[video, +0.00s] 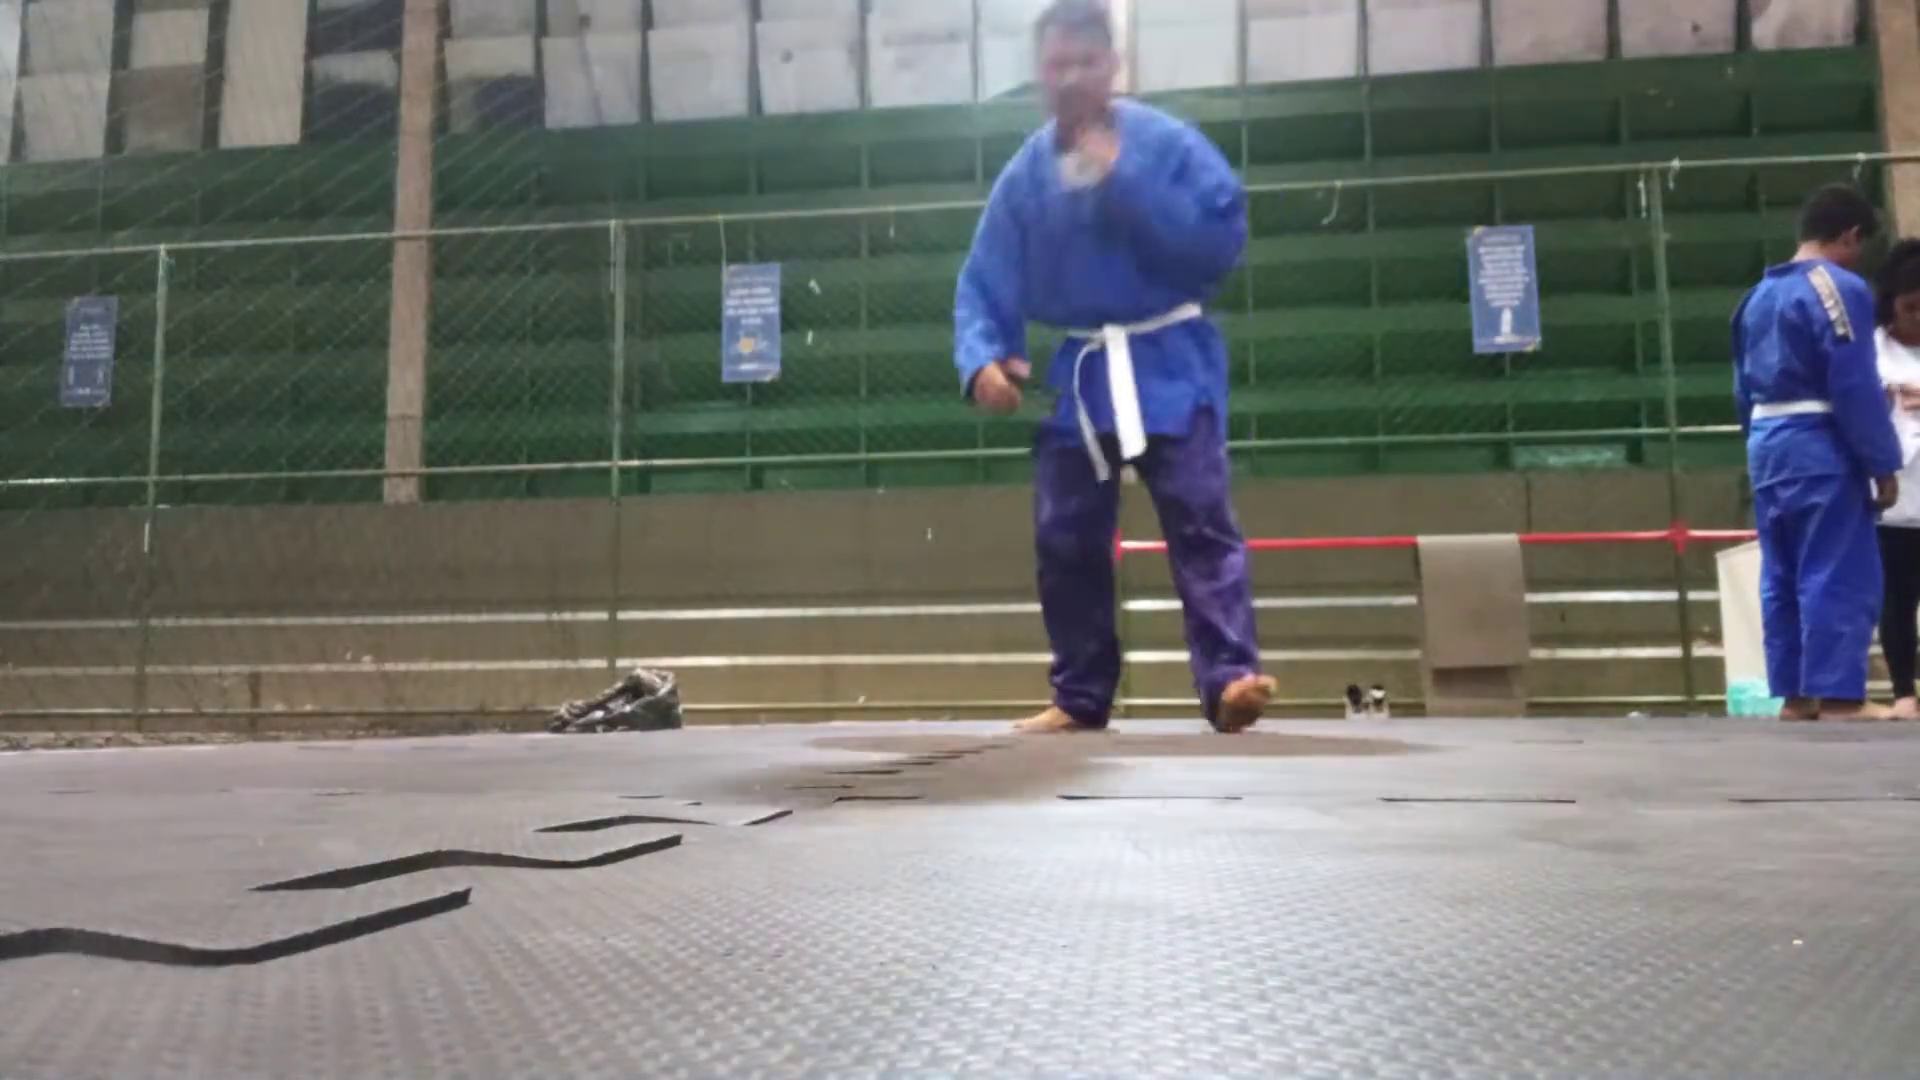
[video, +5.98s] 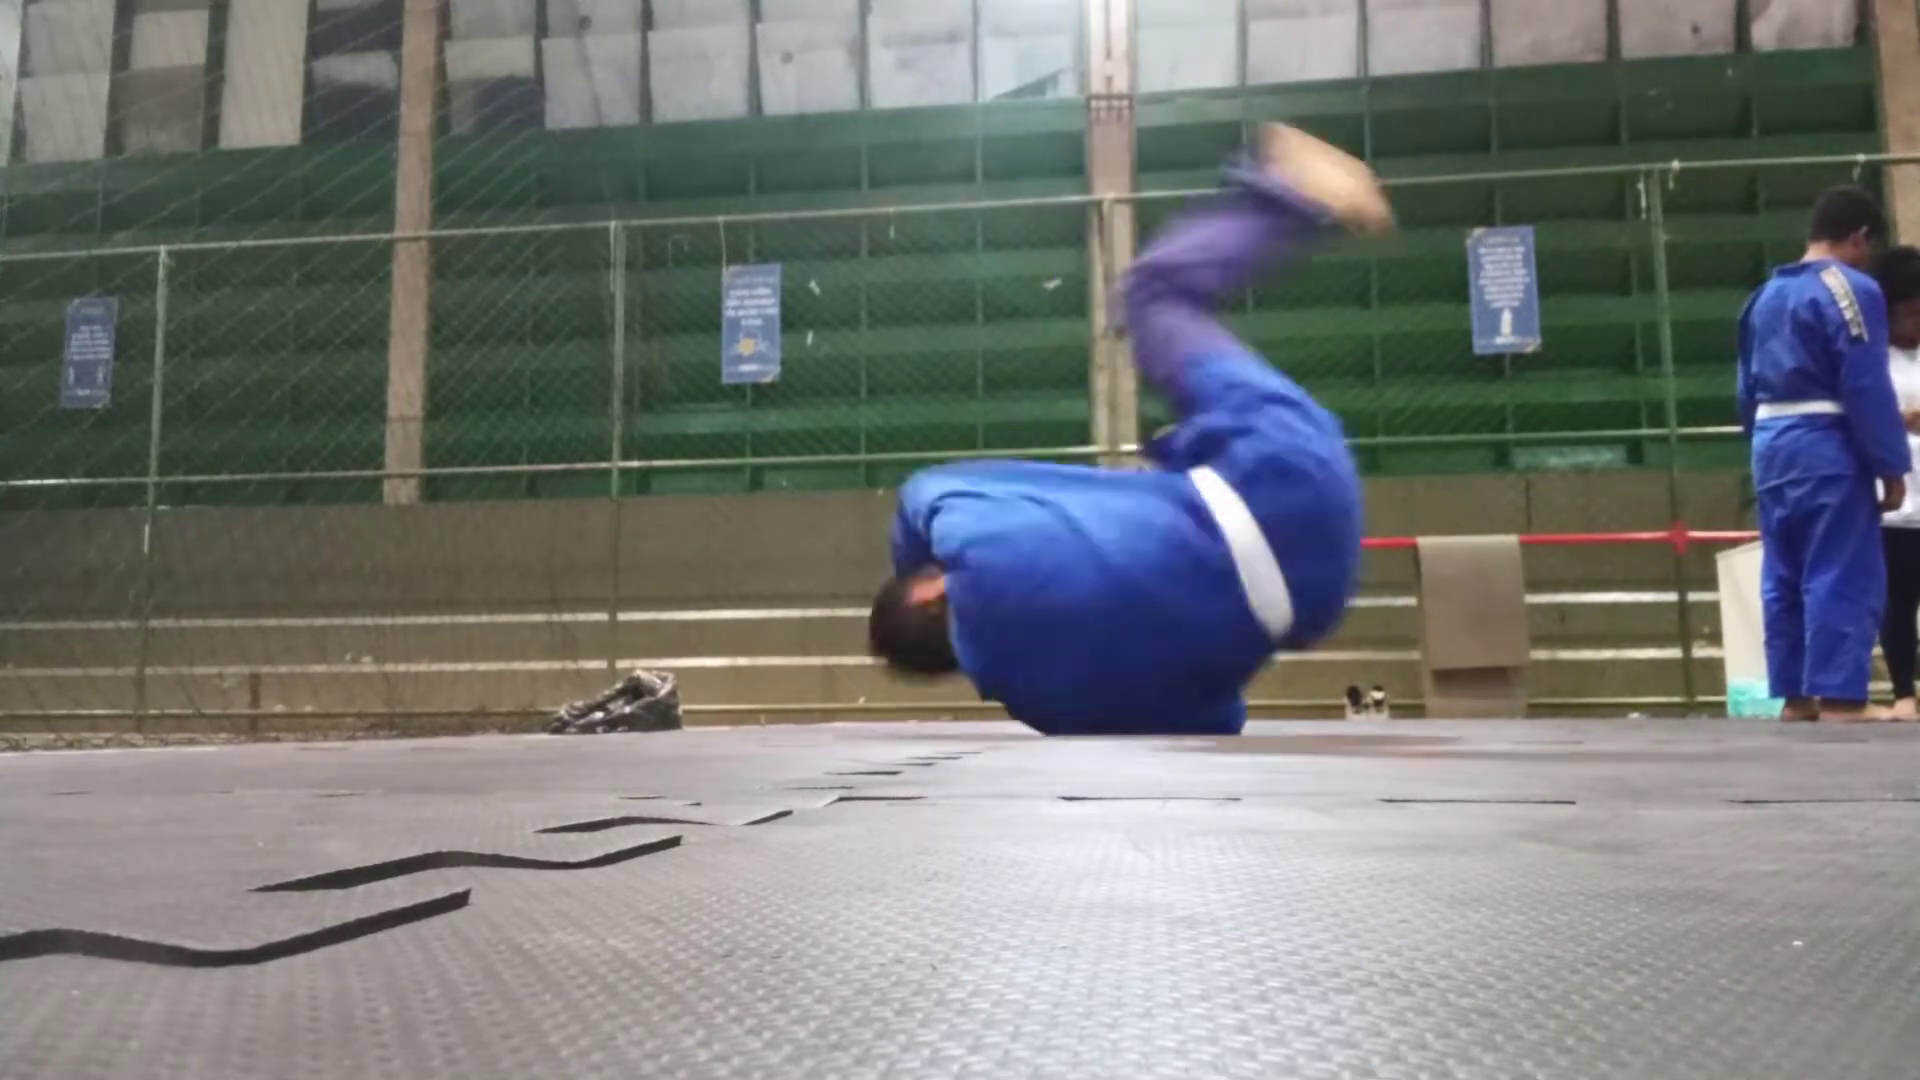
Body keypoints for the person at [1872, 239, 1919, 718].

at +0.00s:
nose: (1916, 316)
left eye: (1919, 306)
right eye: (1909, 306)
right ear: (1890, 305)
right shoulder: (1872, 347)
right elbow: (1852, 398)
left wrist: (1909, 395)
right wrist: (1890, 395)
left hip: (1914, 494)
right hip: (1894, 495)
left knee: (1907, 602)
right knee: (1899, 602)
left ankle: (1908, 689)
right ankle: (1904, 690)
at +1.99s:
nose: (1913, 317)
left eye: (1917, 307)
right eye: (1907, 307)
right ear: (1889, 307)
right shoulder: (1874, 352)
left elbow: (1865, 416)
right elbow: (1859, 414)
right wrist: (1874, 466)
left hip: (1912, 497)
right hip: (1895, 497)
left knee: (1906, 604)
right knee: (1898, 604)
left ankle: (1908, 689)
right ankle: (1904, 690)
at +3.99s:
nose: (1917, 315)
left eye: (1919, 305)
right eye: (1912, 304)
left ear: (1912, 307)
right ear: (1891, 303)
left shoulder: (1891, 352)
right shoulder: (1871, 349)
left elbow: (1867, 414)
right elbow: (1862, 412)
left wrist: (1877, 462)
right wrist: (1876, 463)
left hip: (1912, 495)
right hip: (1895, 494)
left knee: (1906, 602)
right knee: (1899, 602)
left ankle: (1908, 690)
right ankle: (1904, 691)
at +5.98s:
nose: (1914, 323)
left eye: (1917, 312)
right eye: (1907, 312)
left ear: (1918, 312)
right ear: (1887, 313)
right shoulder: (1873, 362)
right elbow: (1859, 418)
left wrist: (1897, 420)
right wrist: (1899, 419)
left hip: (1915, 506)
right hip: (1894, 505)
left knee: (1905, 608)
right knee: (1898, 607)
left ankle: (1908, 691)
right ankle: (1904, 691)